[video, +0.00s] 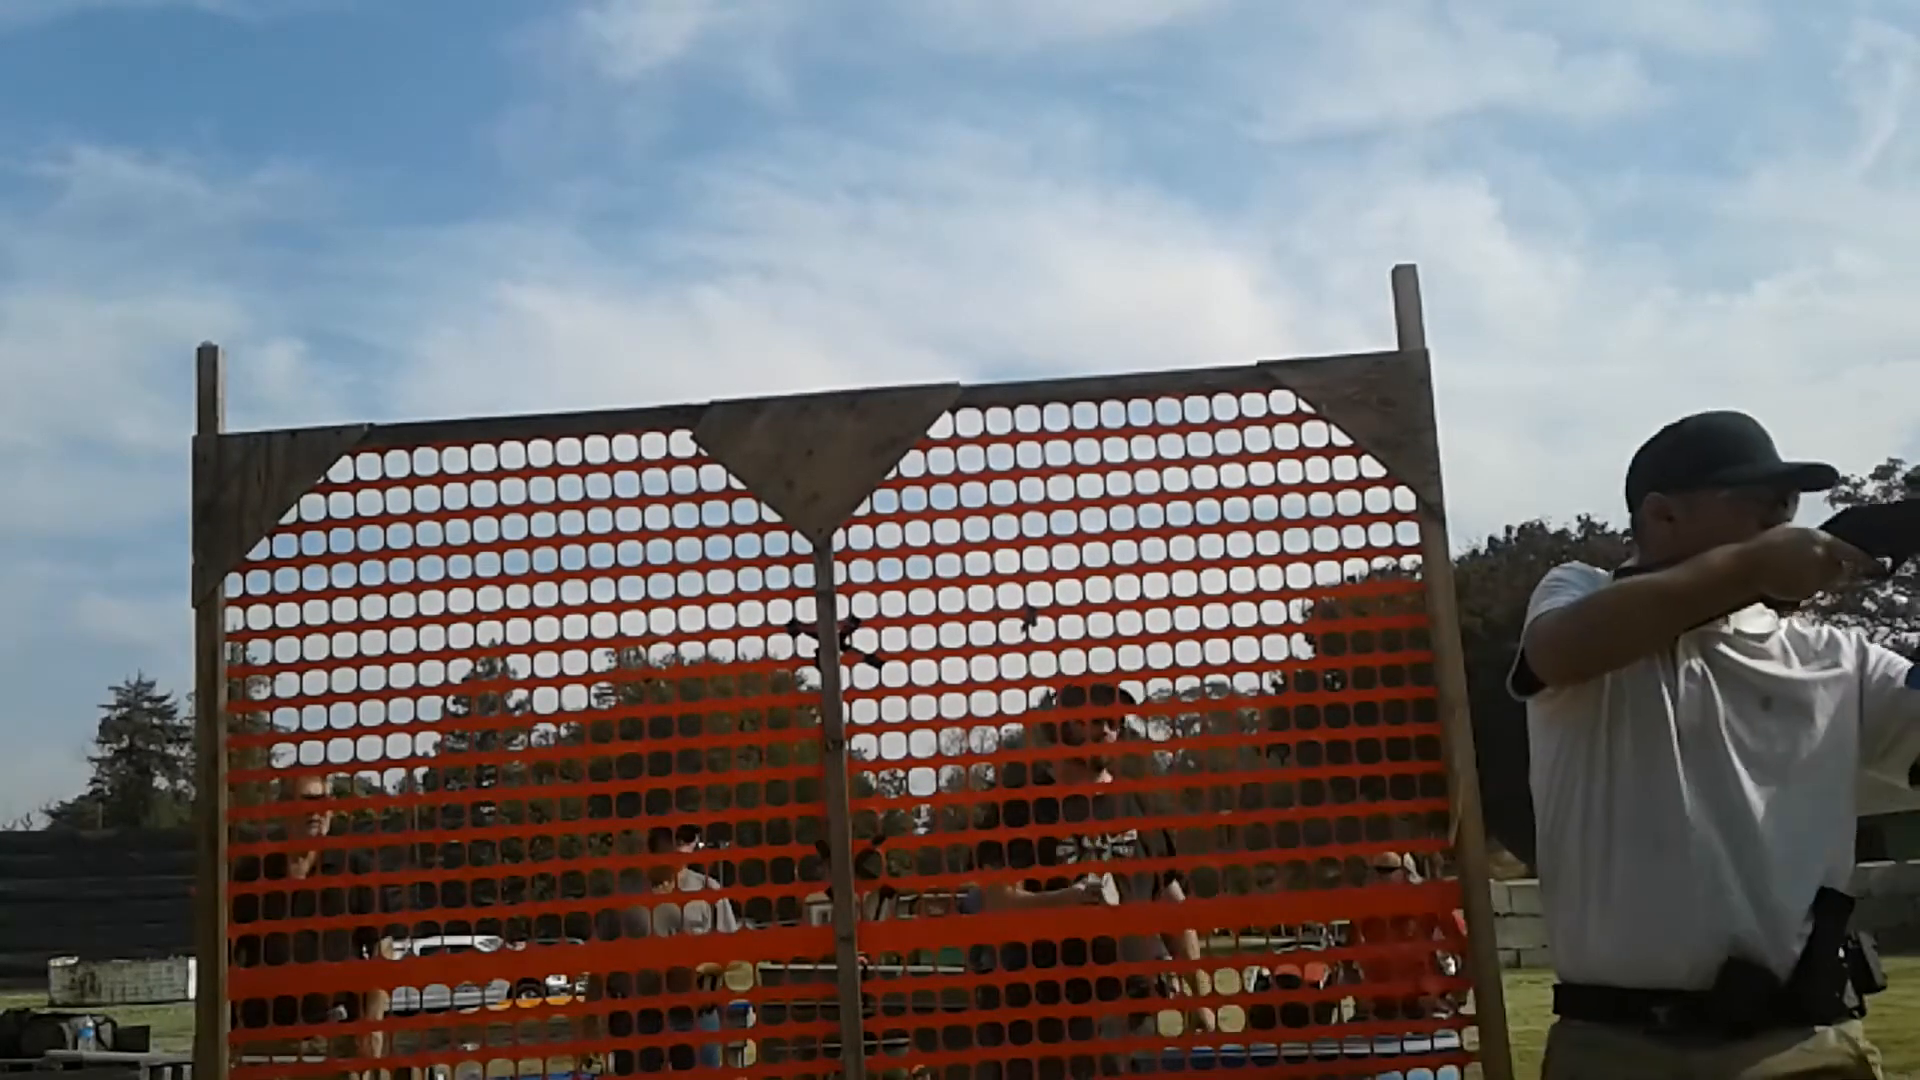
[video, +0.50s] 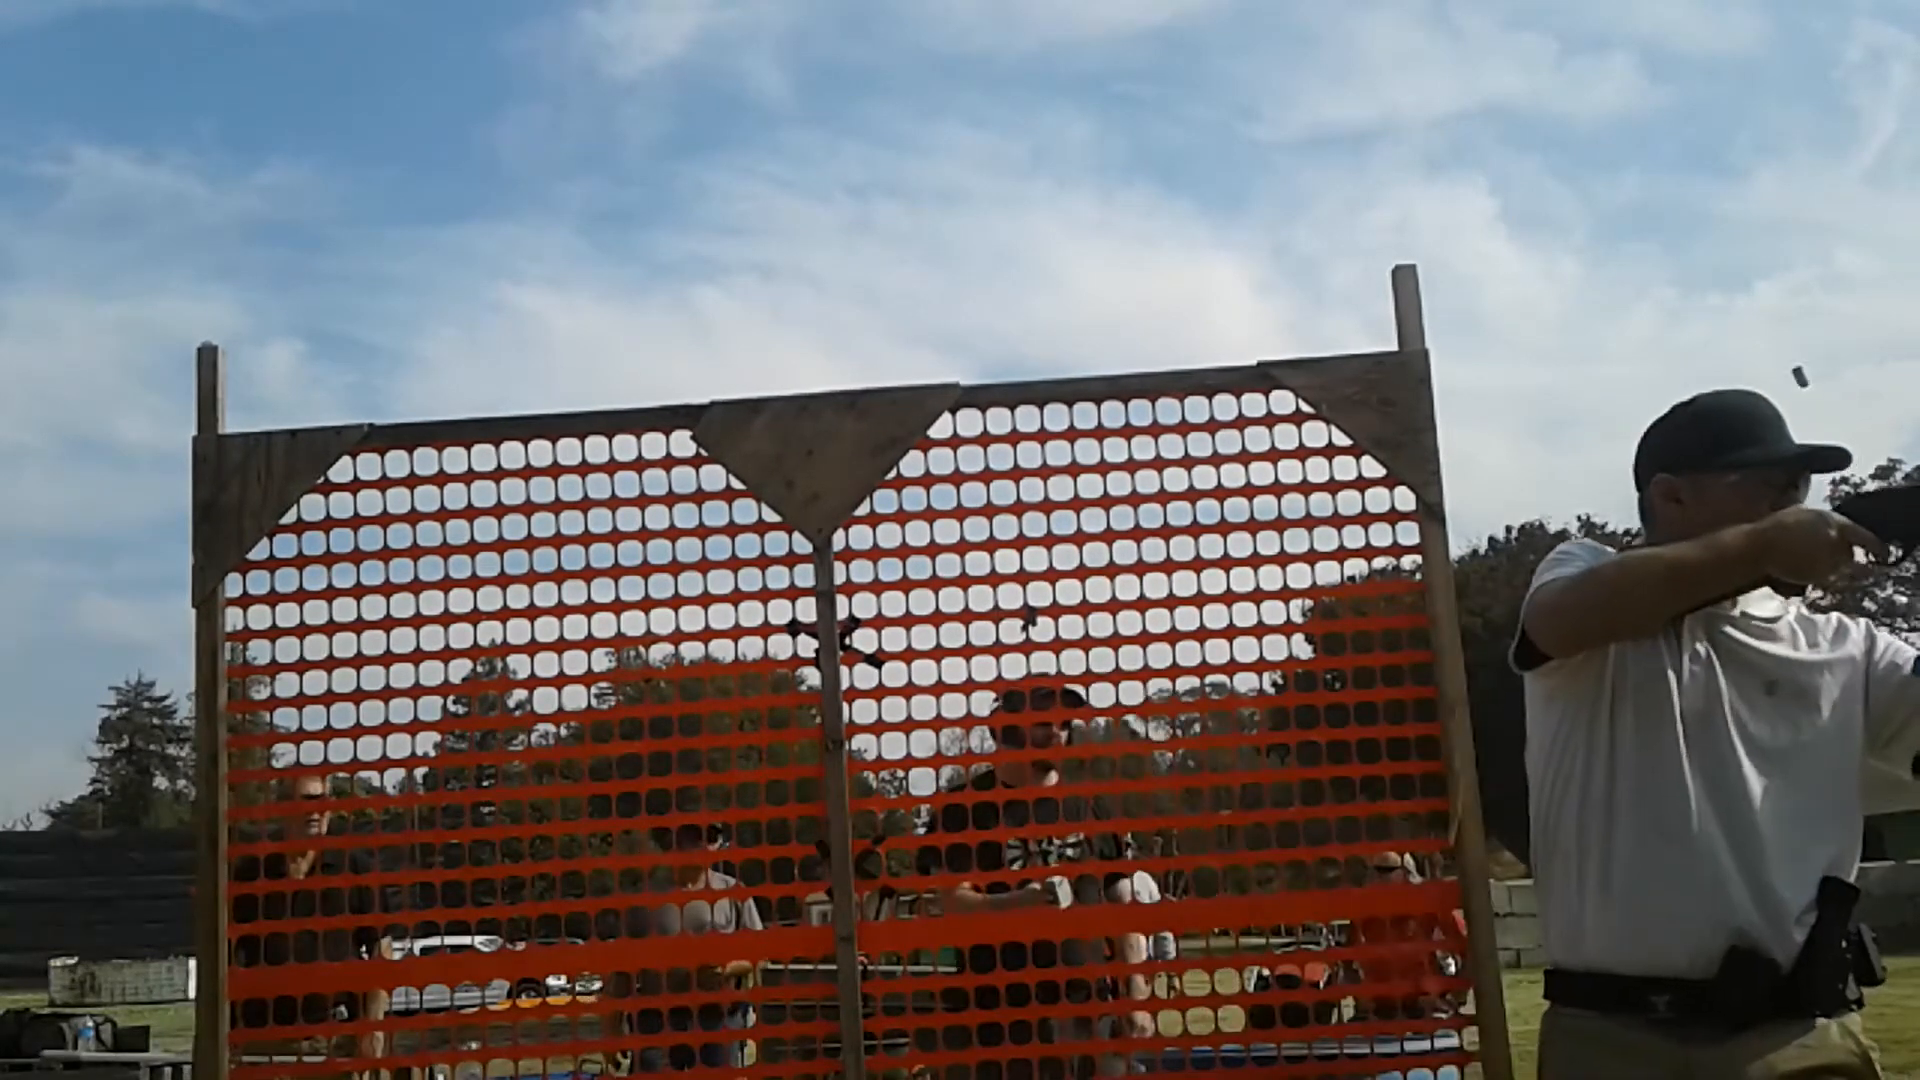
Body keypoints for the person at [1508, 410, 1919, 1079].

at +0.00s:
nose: (1783, 527)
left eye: (1787, 507)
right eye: (1757, 503)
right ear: (1662, 515)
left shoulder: (1835, 657)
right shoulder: (1582, 596)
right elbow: (1557, 653)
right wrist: (1750, 568)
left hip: (1799, 1039)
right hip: (1614, 1042)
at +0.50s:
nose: (1796, 513)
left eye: (1798, 491)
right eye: (1769, 487)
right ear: (1670, 497)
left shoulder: (1841, 644)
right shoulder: (1586, 572)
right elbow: (1558, 621)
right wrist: (1762, 548)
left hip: (1800, 1034)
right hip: (1610, 1038)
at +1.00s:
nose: (1773, 504)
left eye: (1791, 478)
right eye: (1745, 479)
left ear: (1816, 487)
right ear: (1678, 508)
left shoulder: (1879, 625)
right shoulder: (1643, 644)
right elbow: (1513, 665)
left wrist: (1915, 558)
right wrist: (1682, 577)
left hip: (1862, 1043)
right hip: (1684, 1044)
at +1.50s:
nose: (1850, 449)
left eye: (1868, 415)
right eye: (1816, 429)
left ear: (1899, 416)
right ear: (1759, 457)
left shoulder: (1916, 539)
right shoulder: (1764, 574)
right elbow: (1603, 643)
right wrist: (1770, 527)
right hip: (1821, 1025)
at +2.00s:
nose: (1805, 436)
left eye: (1827, 406)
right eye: (1774, 415)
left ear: (1875, 416)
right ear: (1731, 453)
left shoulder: (1912, 548)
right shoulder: (1735, 586)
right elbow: (1578, 662)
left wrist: (1913, 492)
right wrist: (1727, 543)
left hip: (1910, 1034)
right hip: (1796, 1036)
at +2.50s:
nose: (1448, 507)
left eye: (1460, 476)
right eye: (1409, 482)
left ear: (1483, 491)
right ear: (1337, 519)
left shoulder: (1570, 620)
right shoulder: (1327, 649)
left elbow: (1752, 788)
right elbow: (1193, 755)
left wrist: (1677, 630)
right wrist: (1346, 634)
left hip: (1648, 1036)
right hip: (1466, 1058)